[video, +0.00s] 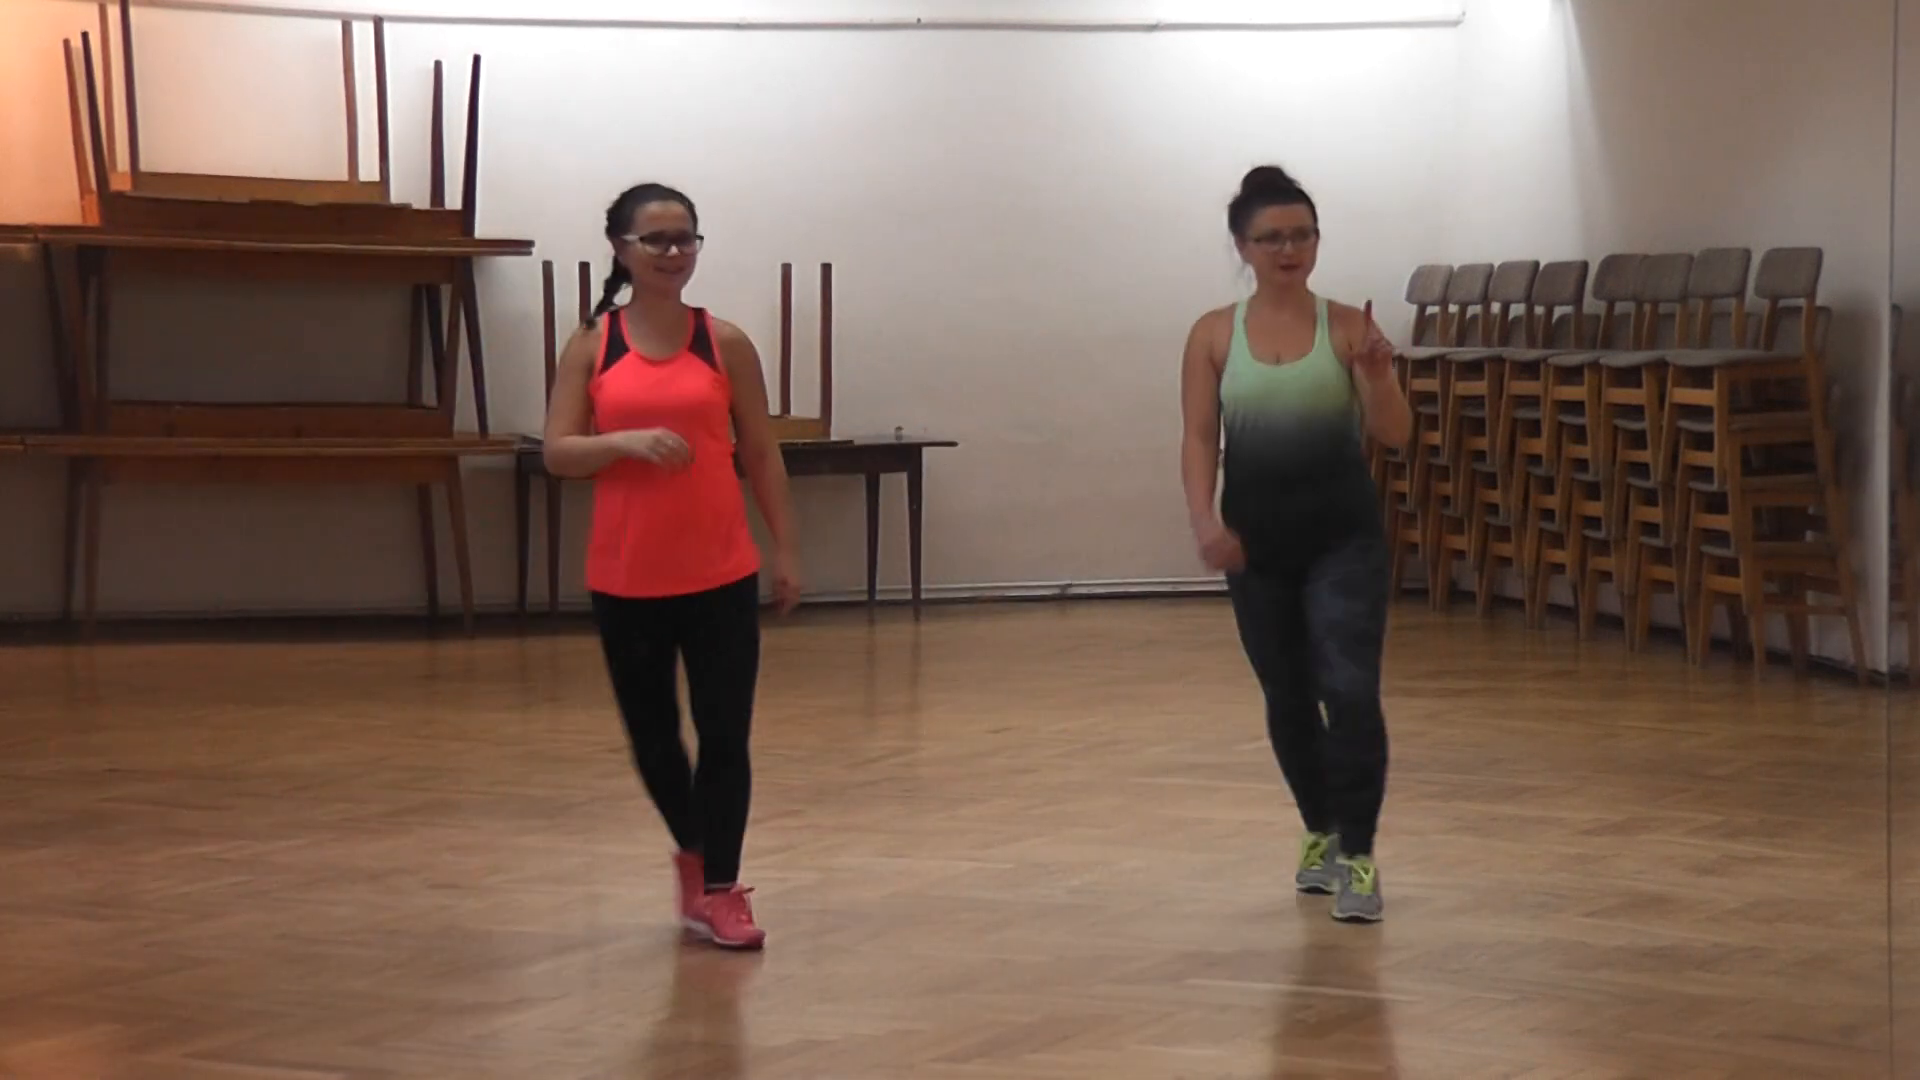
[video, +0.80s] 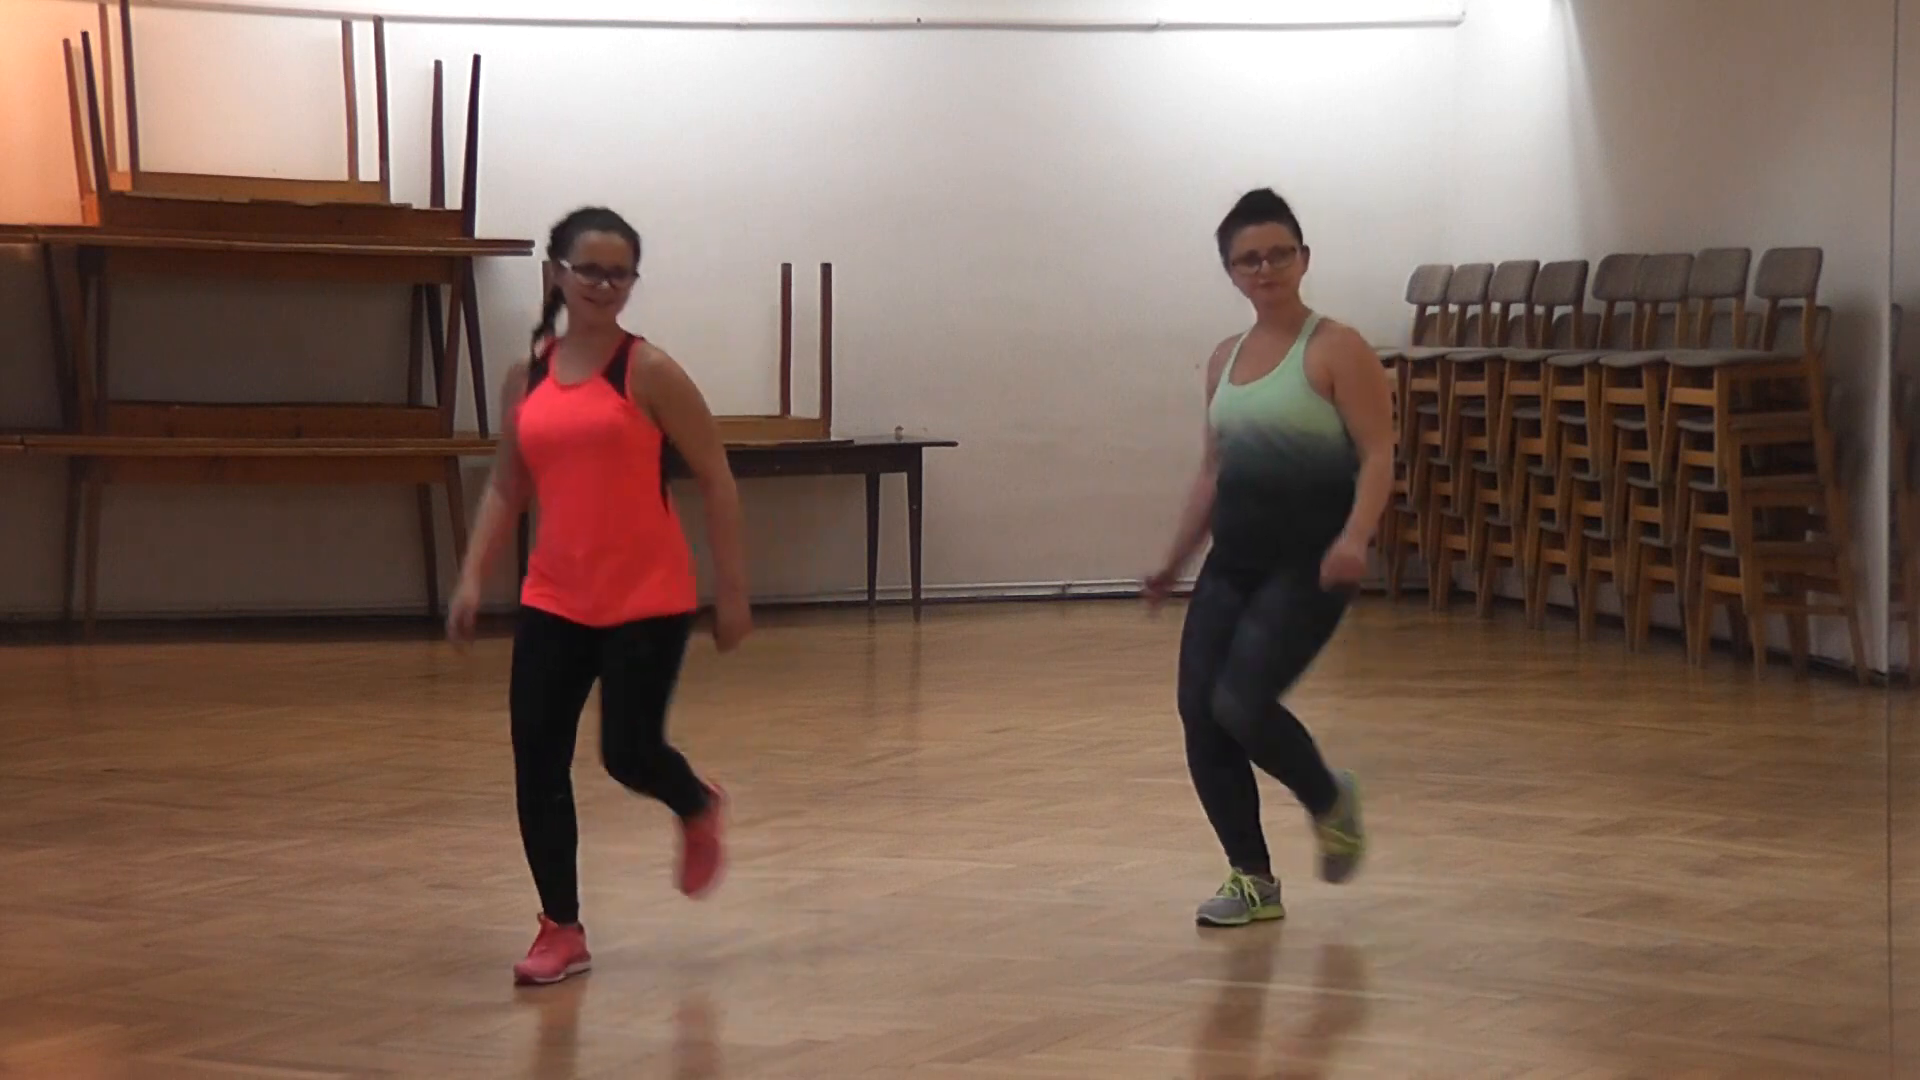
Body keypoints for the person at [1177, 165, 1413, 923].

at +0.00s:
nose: (1291, 248)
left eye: (1302, 233)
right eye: (1273, 237)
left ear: (1317, 239)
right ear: (1242, 246)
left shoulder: (1350, 325)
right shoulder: (1215, 335)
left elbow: (1395, 434)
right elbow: (1200, 439)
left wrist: (1379, 376)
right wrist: (1207, 524)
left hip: (1345, 541)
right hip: (1259, 546)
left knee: (1350, 691)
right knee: (1287, 698)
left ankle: (1355, 851)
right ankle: (1319, 830)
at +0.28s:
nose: (1300, 248)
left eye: (1310, 229)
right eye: (1280, 240)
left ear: (1331, 225)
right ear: (1259, 251)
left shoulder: (1375, 317)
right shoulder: (1251, 322)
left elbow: (1432, 425)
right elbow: (1218, 410)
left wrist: (1407, 357)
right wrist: (1147, 468)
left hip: (1363, 538)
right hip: (1276, 540)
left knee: (1366, 694)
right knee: (1271, 698)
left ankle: (1400, 842)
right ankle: (1324, 821)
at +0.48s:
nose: (1285, 244)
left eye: (1296, 226)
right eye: (1267, 235)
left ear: (1322, 225)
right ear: (1251, 246)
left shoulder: (1371, 311)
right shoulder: (1263, 310)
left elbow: (1447, 395)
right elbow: (1265, 377)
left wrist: (1407, 378)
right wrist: (1192, 406)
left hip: (1366, 535)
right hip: (1278, 529)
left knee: (1373, 693)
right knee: (1230, 669)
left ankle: (1403, 846)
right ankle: (1256, 844)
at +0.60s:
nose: (1277, 271)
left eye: (1289, 254)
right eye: (1260, 262)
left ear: (1316, 253)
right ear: (1245, 274)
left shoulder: (1360, 340)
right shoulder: (1258, 344)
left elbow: (1416, 433)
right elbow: (1273, 427)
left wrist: (1403, 481)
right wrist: (1222, 459)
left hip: (1353, 559)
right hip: (1266, 557)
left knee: (1361, 703)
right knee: (1222, 698)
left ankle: (1402, 849)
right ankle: (1251, 873)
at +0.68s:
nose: (1273, 276)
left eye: (1285, 259)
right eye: (1256, 267)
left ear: (1311, 259)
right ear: (1238, 279)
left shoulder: (1349, 349)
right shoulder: (1249, 358)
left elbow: (1391, 455)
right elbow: (1263, 470)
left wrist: (1388, 542)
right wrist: (1226, 537)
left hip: (1331, 573)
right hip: (1249, 570)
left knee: (1322, 718)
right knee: (1213, 711)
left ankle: (1395, 844)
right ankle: (1252, 876)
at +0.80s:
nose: (1265, 270)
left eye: (1278, 255)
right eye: (1248, 260)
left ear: (1303, 258)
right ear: (1230, 271)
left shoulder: (1338, 347)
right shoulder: (1224, 360)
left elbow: (1380, 454)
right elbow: (1213, 470)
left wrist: (1354, 538)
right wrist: (1173, 562)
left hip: (1313, 561)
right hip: (1233, 561)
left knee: (1238, 703)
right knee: (1199, 709)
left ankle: (1331, 801)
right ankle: (1252, 878)